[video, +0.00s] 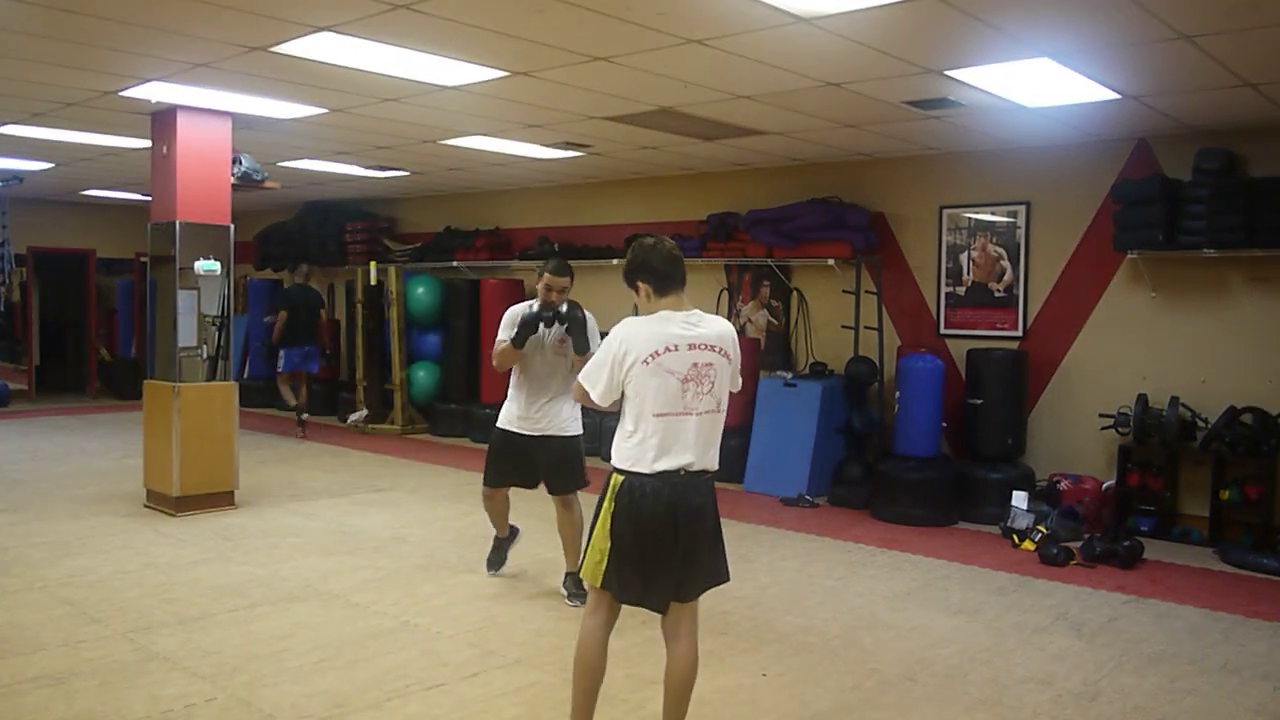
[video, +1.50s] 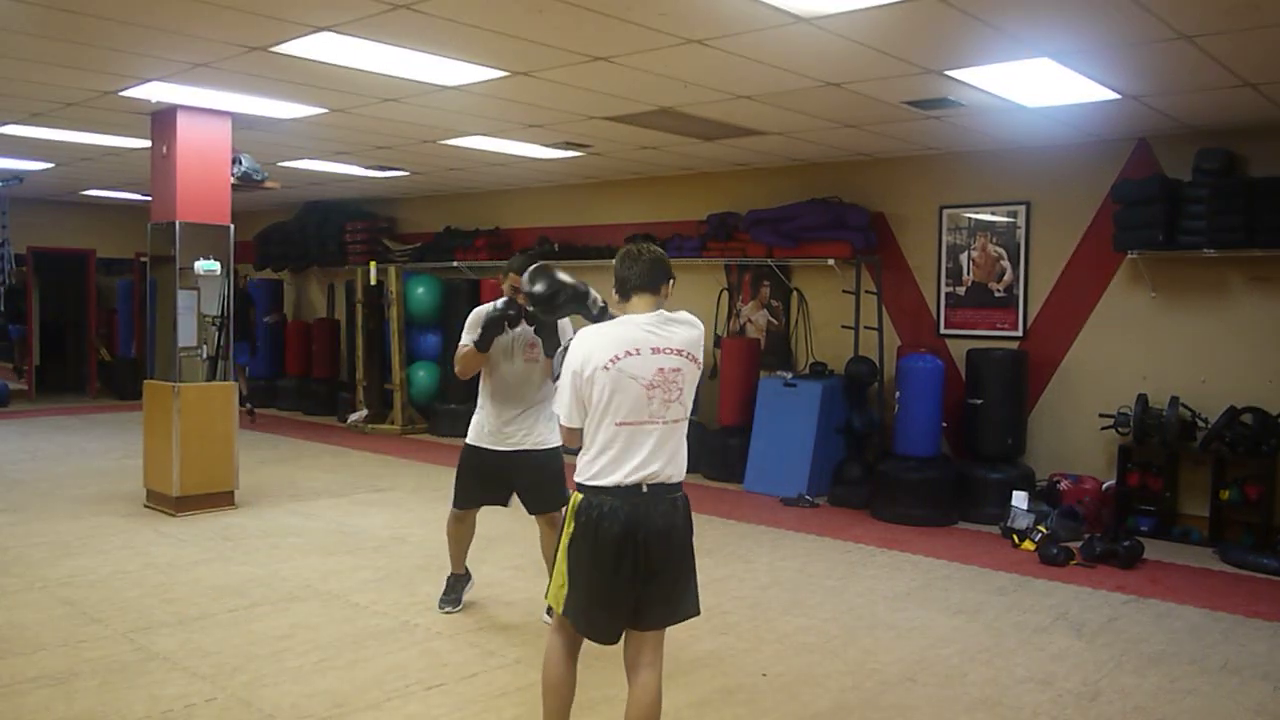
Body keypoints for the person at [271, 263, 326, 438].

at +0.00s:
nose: (292, 278)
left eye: (293, 275)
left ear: (294, 276)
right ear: (308, 277)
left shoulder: (287, 293)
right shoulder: (316, 294)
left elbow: (282, 318)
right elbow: (323, 318)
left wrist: (274, 338)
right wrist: (324, 340)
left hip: (291, 343)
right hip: (310, 342)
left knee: (282, 380)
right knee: (303, 381)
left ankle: (294, 405)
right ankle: (301, 422)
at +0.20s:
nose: (279, 277)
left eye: (281, 274)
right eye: (280, 273)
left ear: (285, 275)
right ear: (297, 276)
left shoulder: (280, 292)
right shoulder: (307, 293)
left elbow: (276, 318)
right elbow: (315, 317)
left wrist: (270, 344)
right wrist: (309, 332)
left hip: (283, 341)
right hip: (303, 341)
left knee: (270, 379)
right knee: (299, 381)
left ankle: (272, 419)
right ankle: (300, 424)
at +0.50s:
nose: (261, 277)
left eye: (263, 274)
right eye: (263, 273)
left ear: (264, 276)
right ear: (279, 277)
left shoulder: (261, 293)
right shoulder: (288, 294)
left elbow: (256, 319)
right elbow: (296, 317)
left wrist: (252, 342)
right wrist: (294, 338)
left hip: (264, 342)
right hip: (284, 342)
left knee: (262, 379)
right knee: (282, 378)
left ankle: (264, 421)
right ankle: (289, 406)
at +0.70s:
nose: (256, 273)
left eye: (256, 270)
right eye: (260, 270)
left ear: (255, 272)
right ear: (270, 273)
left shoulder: (250, 290)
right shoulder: (277, 289)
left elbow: (244, 313)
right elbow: (285, 311)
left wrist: (237, 329)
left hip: (256, 339)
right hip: (275, 338)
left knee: (258, 377)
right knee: (268, 375)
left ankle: (263, 418)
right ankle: (270, 408)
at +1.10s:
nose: (244, 277)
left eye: (245, 274)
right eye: (248, 273)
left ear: (243, 277)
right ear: (257, 277)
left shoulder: (238, 294)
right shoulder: (264, 294)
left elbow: (234, 315)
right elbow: (273, 315)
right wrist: (270, 332)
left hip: (241, 339)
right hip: (260, 338)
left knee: (238, 374)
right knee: (255, 376)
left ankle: (241, 402)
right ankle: (254, 412)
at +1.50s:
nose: (244, 282)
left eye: (243, 278)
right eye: (243, 278)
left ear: (231, 280)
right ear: (240, 280)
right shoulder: (246, 296)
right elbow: (252, 320)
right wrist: (253, 341)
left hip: (231, 337)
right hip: (243, 338)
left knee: (239, 370)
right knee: (240, 370)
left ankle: (246, 399)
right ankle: (246, 399)